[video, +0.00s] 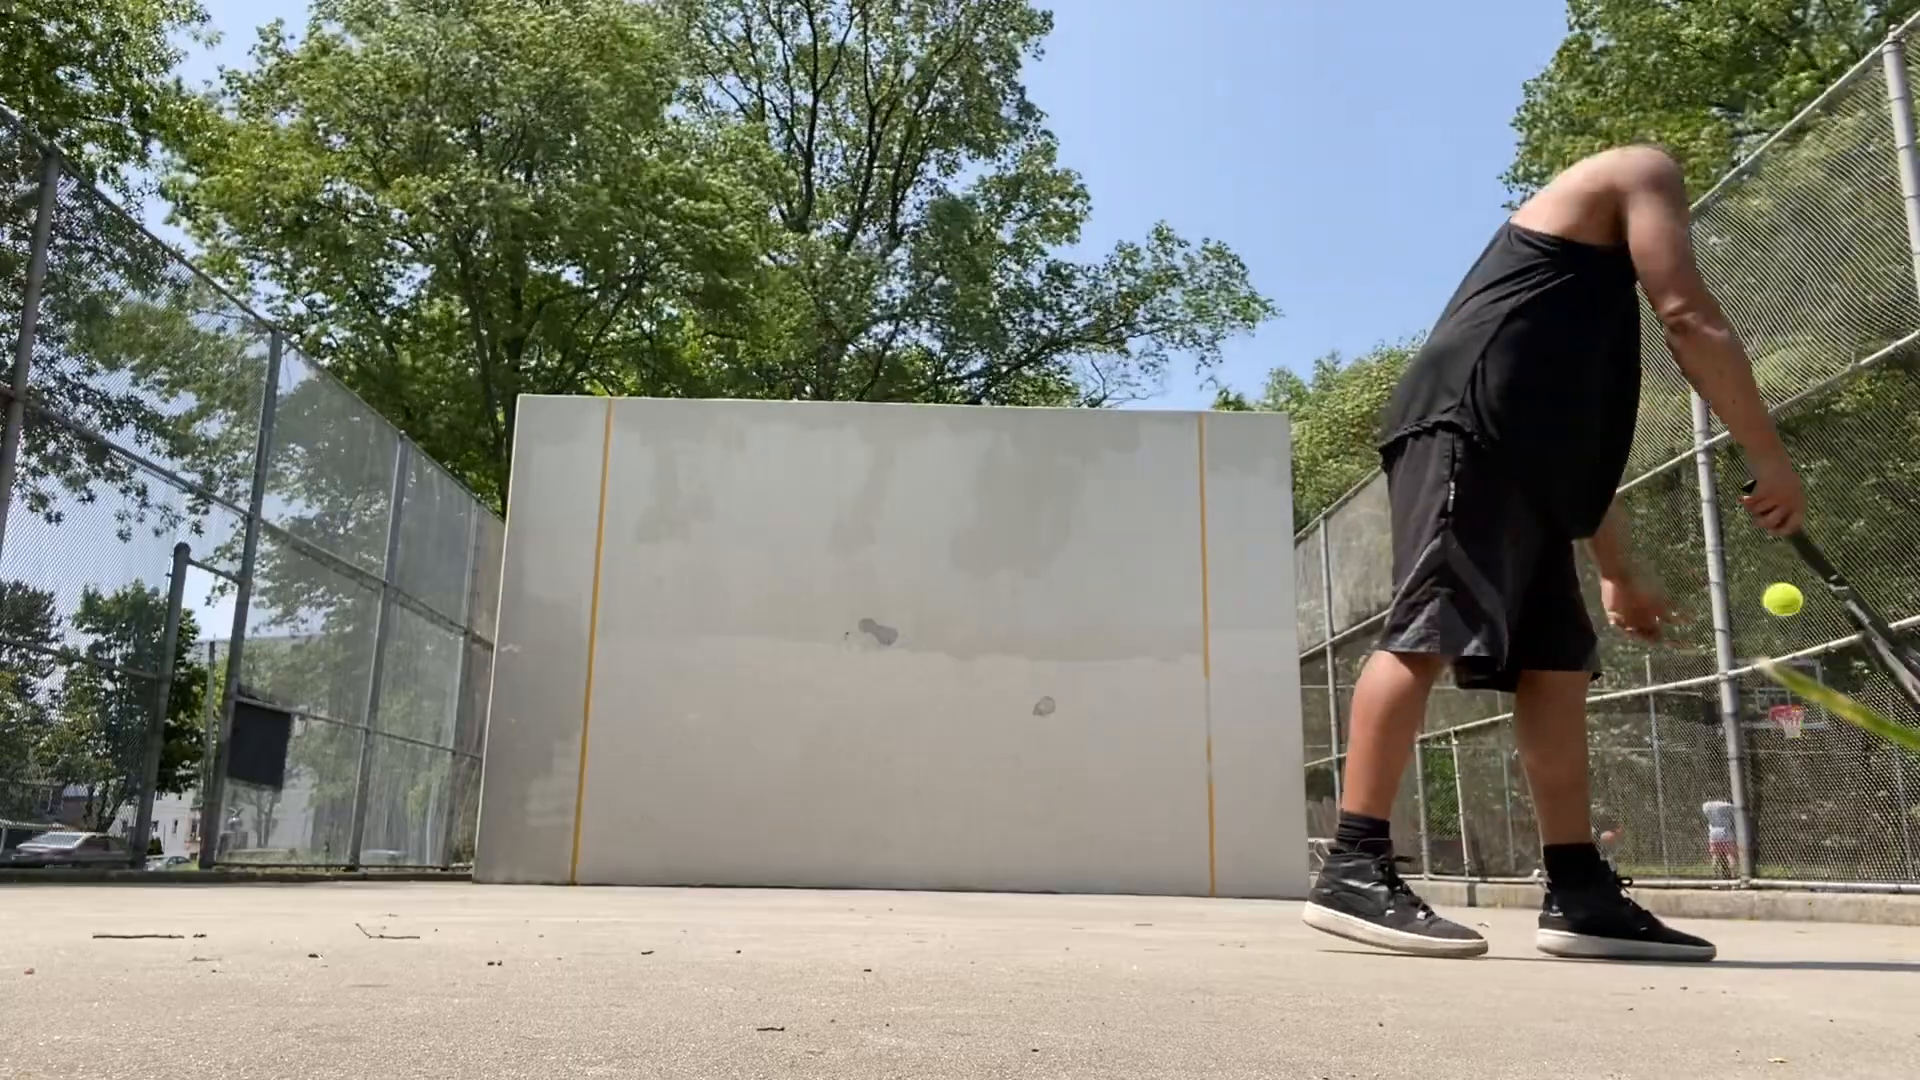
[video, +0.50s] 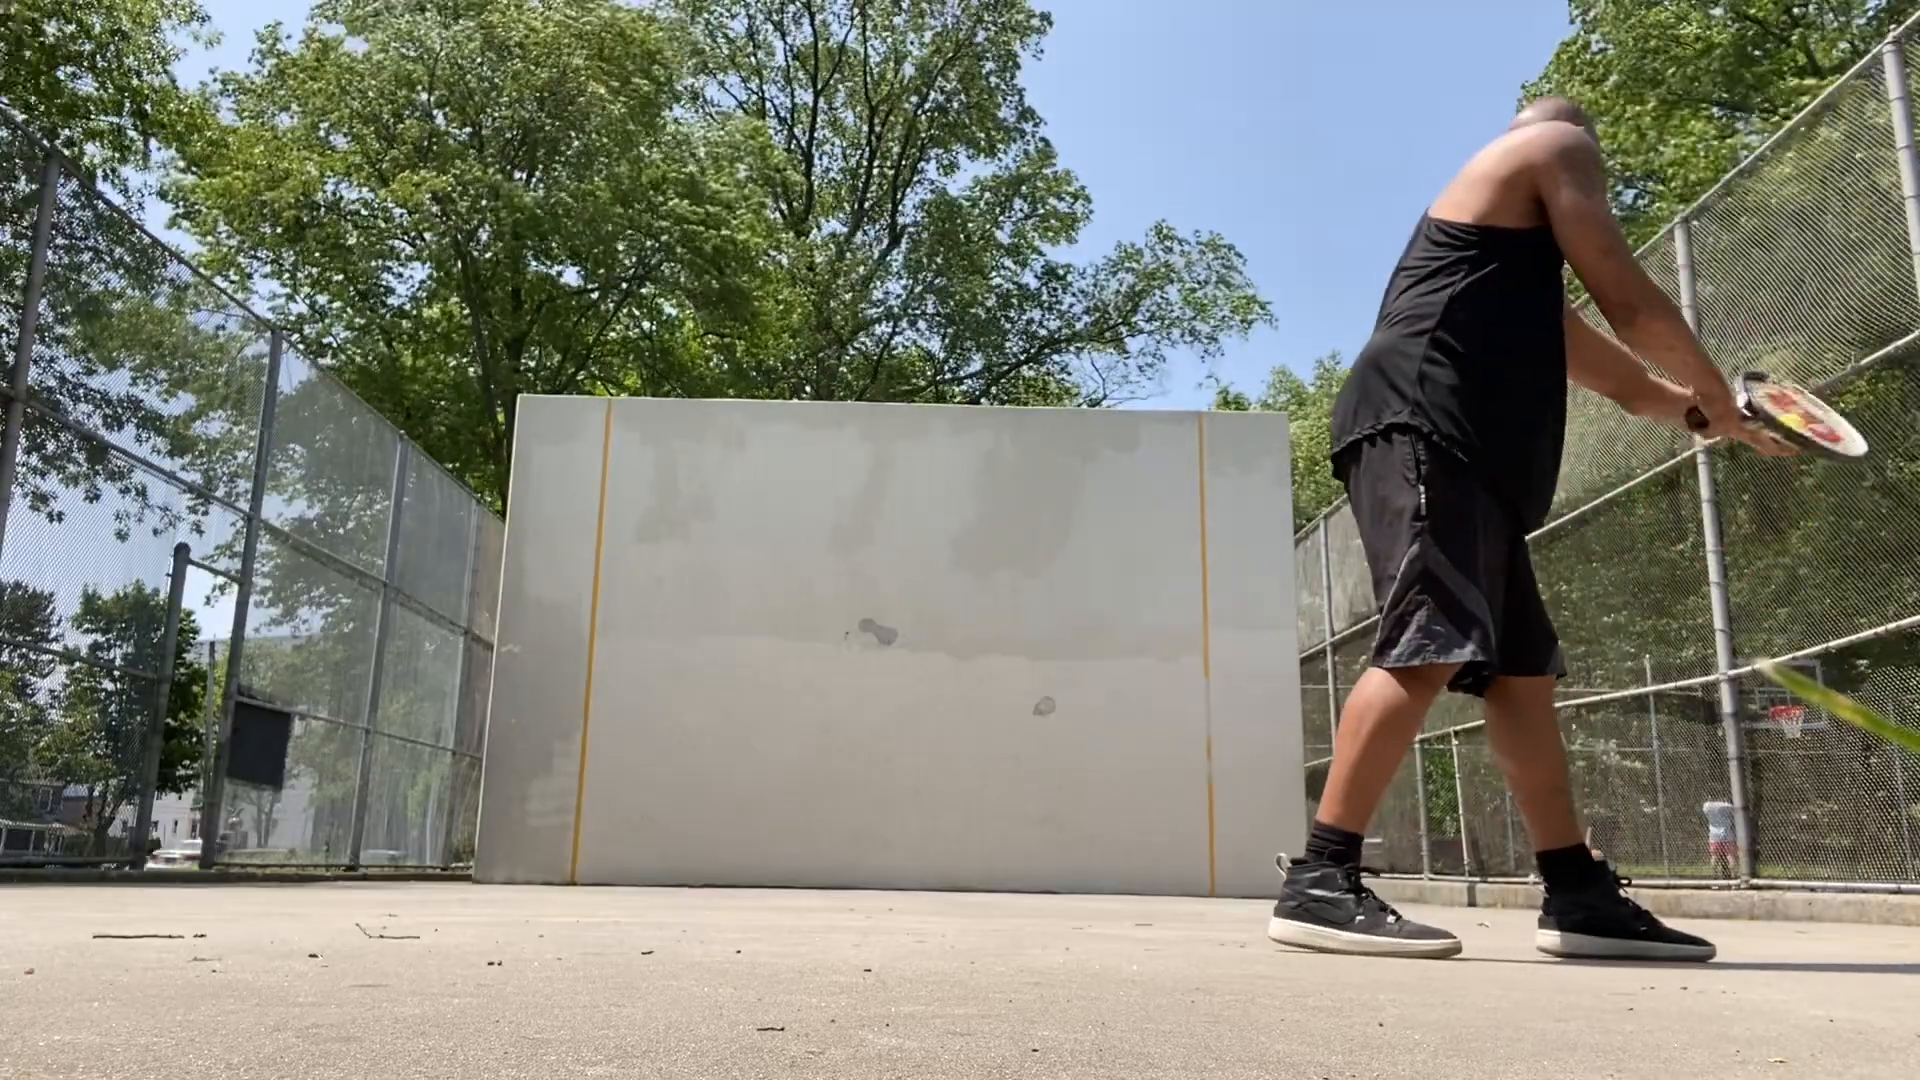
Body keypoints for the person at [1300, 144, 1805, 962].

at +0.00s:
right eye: (1671, 182)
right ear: (1656, 164)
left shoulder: (1580, 282)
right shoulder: (1636, 170)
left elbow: (1574, 429)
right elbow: (1687, 315)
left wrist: (1620, 570)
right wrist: (1770, 456)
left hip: (1525, 459)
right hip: (1465, 421)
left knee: (1556, 658)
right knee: (1420, 634)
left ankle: (1579, 892)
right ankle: (1354, 866)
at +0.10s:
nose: (1679, 210)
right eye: (1677, 194)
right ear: (1662, 169)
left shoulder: (1584, 305)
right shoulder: (1641, 171)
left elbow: (1610, 450)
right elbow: (1717, 323)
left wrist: (1667, 579)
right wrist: (1809, 443)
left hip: (1516, 465)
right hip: (1457, 423)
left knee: (1551, 657)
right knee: (1418, 636)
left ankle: (1579, 891)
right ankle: (1343, 864)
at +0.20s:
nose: (1670, 214)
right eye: (1665, 194)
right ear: (1638, 176)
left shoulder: (1572, 312)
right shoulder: (1631, 168)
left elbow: (1646, 443)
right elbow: (1721, 318)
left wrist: (1721, 539)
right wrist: (1814, 416)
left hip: (1508, 465)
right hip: (1450, 425)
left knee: (1547, 659)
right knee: (1413, 638)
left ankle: (1579, 892)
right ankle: (1334, 865)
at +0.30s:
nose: (1658, 209)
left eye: (1655, 201)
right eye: (1651, 188)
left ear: (1606, 218)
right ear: (1623, 171)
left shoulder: (1575, 307)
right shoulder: (1613, 163)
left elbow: (1662, 414)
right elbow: (1705, 311)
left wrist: (1753, 485)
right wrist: (1796, 402)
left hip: (1499, 468)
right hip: (1437, 425)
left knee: (1543, 657)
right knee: (1414, 634)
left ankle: (1578, 893)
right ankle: (1329, 867)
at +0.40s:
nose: (1634, 194)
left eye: (1630, 186)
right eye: (1623, 175)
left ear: (1564, 182)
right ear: (1601, 154)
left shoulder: (1551, 287)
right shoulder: (1586, 151)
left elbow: (1658, 393)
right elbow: (1671, 306)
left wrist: (1756, 439)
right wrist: (1760, 388)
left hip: (1485, 461)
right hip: (1425, 423)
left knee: (1535, 660)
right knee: (1416, 635)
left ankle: (1578, 895)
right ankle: (1323, 874)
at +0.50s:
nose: (1595, 165)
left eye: (1591, 157)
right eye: (1589, 148)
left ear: (1525, 135)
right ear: (1571, 131)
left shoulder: (1506, 247)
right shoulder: (1552, 142)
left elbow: (1618, 379)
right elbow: (1624, 296)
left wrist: (1693, 414)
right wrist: (1715, 394)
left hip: (1466, 451)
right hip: (1416, 422)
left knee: (1520, 665)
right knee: (1428, 637)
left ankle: (1578, 894)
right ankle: (1322, 878)